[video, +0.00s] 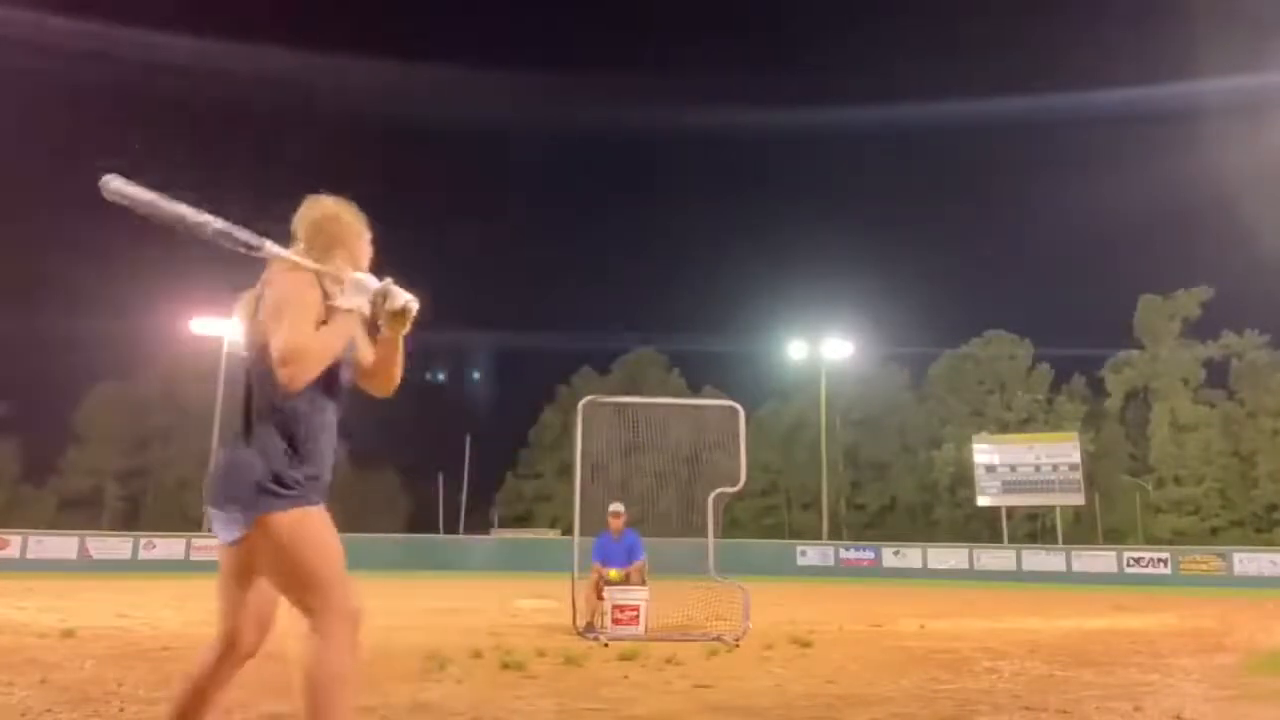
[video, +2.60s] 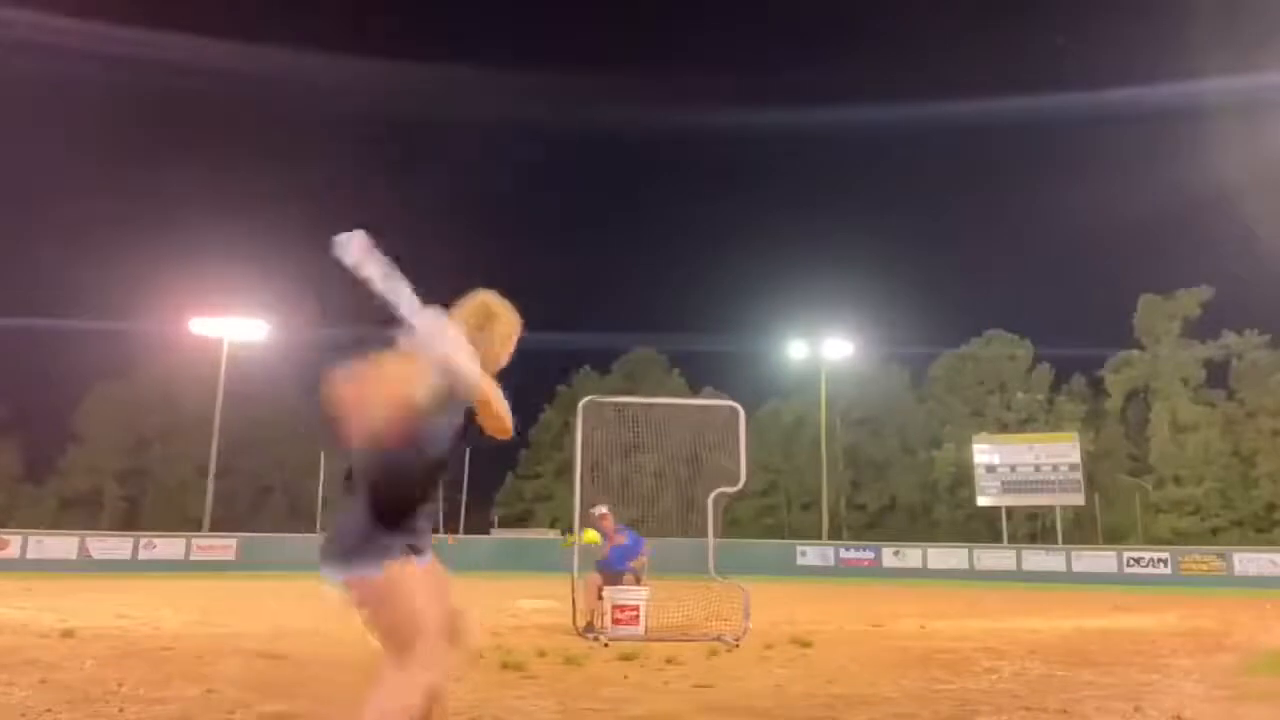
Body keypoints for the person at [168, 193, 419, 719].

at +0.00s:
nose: (367, 263)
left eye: (366, 253)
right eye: (362, 251)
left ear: (321, 246)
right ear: (339, 248)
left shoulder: (333, 297)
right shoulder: (291, 278)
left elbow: (381, 381)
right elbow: (292, 370)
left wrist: (393, 330)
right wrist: (350, 313)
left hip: (259, 482)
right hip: (269, 483)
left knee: (238, 639)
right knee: (339, 617)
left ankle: (179, 712)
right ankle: (328, 712)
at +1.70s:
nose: (398, 266)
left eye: (401, 258)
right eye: (398, 255)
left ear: (343, 234)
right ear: (388, 247)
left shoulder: (338, 292)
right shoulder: (336, 269)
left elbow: (413, 379)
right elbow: (353, 337)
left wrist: (445, 319)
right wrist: (411, 293)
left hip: (261, 476)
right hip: (286, 477)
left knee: (248, 638)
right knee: (351, 630)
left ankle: (176, 714)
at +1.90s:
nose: (426, 281)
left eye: (429, 272)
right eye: (427, 267)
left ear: (390, 240)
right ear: (411, 248)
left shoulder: (377, 309)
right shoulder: (353, 268)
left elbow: (424, 391)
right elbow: (365, 333)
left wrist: (470, 348)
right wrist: (445, 309)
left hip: (307, 477)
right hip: (293, 475)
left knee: (332, 634)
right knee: (369, 630)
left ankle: (242, 712)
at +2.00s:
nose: (442, 286)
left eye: (446, 277)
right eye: (443, 272)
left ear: (406, 255)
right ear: (426, 257)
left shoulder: (396, 315)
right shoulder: (362, 272)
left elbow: (427, 398)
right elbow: (353, 335)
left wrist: (468, 358)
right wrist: (446, 318)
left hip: (335, 484)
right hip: (289, 485)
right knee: (369, 629)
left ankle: (298, 709)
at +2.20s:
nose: (460, 293)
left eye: (464, 284)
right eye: (462, 280)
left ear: (421, 258)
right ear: (443, 268)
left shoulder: (423, 324)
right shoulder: (375, 282)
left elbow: (436, 405)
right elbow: (331, 339)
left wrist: (460, 366)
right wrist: (429, 325)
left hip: (355, 488)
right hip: (304, 493)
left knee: (446, 581)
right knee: (376, 628)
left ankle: (379, 706)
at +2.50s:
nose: (509, 333)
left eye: (510, 322)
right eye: (506, 319)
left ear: (474, 317)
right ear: (481, 312)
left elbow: (484, 403)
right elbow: (308, 317)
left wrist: (453, 334)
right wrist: (396, 302)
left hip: (412, 524)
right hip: (349, 523)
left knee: (457, 627)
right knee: (394, 641)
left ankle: (411, 704)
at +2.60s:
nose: (509, 357)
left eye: (510, 347)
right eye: (507, 345)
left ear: (475, 339)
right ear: (486, 338)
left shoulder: (472, 389)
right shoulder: (411, 368)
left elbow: (503, 429)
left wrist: (463, 367)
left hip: (410, 542)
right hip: (368, 544)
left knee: (453, 634)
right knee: (422, 652)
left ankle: (421, 706)